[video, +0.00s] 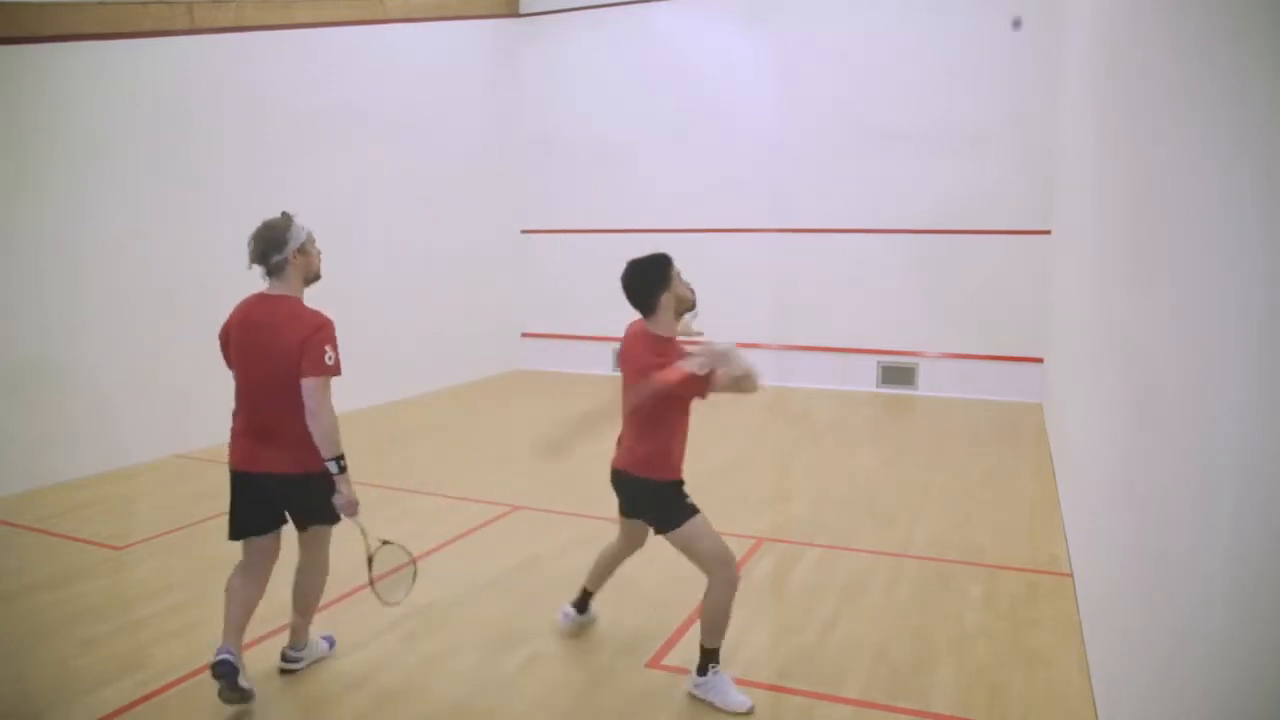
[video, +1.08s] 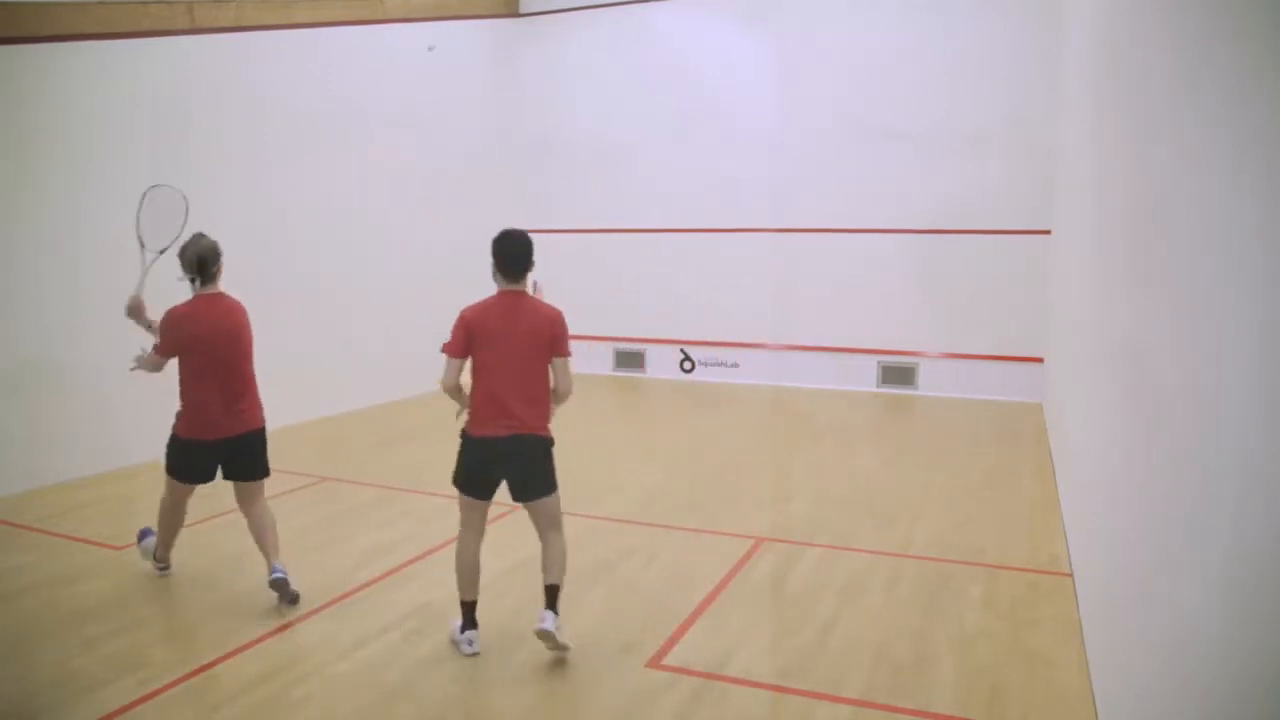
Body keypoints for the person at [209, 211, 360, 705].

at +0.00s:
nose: (319, 255)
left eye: (315, 247)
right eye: (313, 249)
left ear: (269, 262)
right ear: (295, 258)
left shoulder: (240, 316)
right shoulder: (313, 325)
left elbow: (238, 369)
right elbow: (317, 407)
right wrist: (340, 475)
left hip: (250, 467)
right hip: (304, 467)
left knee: (257, 555)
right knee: (314, 549)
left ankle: (228, 652)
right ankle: (298, 645)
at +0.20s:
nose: (330, 247)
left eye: (327, 240)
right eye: (324, 241)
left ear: (286, 252)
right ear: (307, 250)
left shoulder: (249, 306)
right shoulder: (319, 312)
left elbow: (241, 378)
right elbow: (328, 389)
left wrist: (249, 433)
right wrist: (364, 436)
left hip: (259, 444)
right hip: (308, 448)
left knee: (279, 511)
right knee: (327, 532)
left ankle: (273, 599)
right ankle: (300, 634)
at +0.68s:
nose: (306, 259)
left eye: (301, 253)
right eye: (304, 253)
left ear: (264, 263)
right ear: (298, 259)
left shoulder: (235, 306)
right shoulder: (315, 314)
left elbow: (202, 359)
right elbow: (341, 382)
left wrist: (202, 415)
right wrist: (356, 412)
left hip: (245, 432)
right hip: (296, 431)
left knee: (265, 494)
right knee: (335, 512)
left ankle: (261, 586)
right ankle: (350, 608)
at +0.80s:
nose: (277, 240)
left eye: (273, 235)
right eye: (275, 236)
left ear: (234, 246)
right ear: (272, 242)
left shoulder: (209, 290)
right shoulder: (295, 292)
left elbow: (185, 348)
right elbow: (323, 358)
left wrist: (180, 399)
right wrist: (319, 383)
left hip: (230, 415)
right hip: (282, 412)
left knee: (243, 487)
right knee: (298, 493)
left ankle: (252, 574)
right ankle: (298, 586)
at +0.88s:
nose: (261, 242)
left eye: (256, 236)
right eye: (259, 237)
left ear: (219, 247)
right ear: (256, 243)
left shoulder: (201, 290)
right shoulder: (282, 291)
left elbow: (175, 353)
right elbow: (296, 350)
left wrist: (168, 392)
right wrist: (266, 371)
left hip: (221, 414)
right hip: (274, 411)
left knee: (223, 484)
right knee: (278, 495)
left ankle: (234, 564)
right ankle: (283, 583)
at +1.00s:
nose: (238, 254)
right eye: (236, 250)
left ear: (199, 261)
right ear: (235, 257)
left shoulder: (190, 309)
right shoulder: (256, 303)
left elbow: (164, 361)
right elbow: (241, 344)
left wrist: (148, 373)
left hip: (209, 424)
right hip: (260, 421)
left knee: (193, 490)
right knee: (266, 499)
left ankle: (181, 552)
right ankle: (280, 580)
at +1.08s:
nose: (223, 266)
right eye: (222, 261)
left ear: (186, 270)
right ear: (220, 267)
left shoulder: (177, 318)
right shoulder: (237, 310)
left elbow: (156, 363)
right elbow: (189, 338)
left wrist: (143, 360)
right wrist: (145, 320)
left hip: (197, 432)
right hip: (247, 428)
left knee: (176, 496)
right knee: (254, 500)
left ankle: (161, 554)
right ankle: (276, 568)